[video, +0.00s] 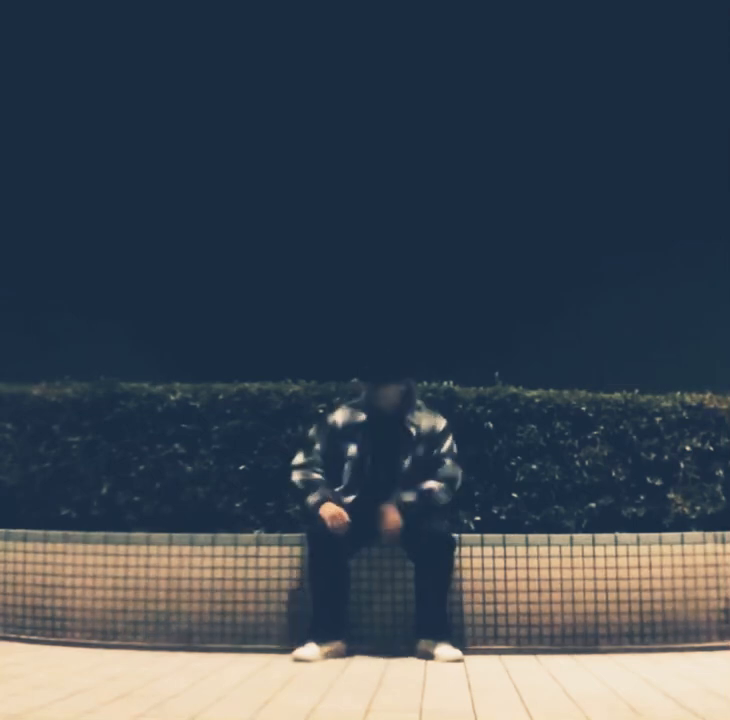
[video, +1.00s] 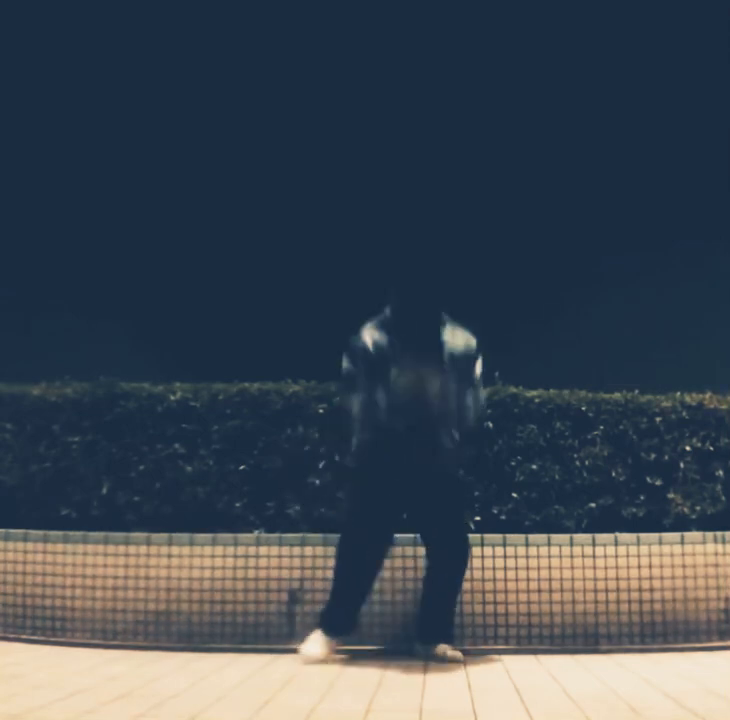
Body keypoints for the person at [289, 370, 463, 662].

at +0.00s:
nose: (382, 392)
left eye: (390, 384)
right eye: (376, 384)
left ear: (405, 385)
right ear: (365, 385)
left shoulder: (432, 426)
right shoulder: (340, 421)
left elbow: (447, 481)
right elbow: (304, 466)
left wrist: (402, 505)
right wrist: (322, 502)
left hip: (409, 511)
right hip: (354, 512)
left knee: (438, 538)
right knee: (324, 536)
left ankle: (432, 638)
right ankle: (328, 638)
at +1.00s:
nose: (418, 314)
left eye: (426, 304)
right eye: (409, 303)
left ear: (437, 303)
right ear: (395, 301)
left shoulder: (460, 345)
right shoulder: (370, 343)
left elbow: (470, 414)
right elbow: (354, 409)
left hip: (437, 465)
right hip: (379, 463)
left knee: (451, 547)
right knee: (361, 544)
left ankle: (434, 637)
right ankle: (332, 629)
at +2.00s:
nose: (414, 257)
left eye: (421, 247)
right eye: (405, 248)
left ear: (436, 246)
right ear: (389, 249)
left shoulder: (469, 302)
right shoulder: (364, 307)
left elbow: (495, 366)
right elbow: (344, 377)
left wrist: (455, 367)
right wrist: (374, 408)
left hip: (458, 448)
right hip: (390, 449)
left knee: (482, 548)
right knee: (374, 550)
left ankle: (507, 650)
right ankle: (351, 653)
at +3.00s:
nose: (424, 267)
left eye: (433, 258)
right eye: (416, 258)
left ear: (448, 257)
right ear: (401, 254)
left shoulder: (469, 305)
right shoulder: (370, 292)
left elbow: (476, 375)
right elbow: (356, 350)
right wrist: (382, 384)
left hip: (453, 446)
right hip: (391, 445)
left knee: (457, 544)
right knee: (386, 542)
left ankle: (467, 646)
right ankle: (377, 647)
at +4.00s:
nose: (410, 260)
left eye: (419, 251)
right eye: (401, 252)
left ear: (434, 245)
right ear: (388, 249)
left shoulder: (462, 281)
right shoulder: (370, 284)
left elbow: (486, 346)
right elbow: (347, 348)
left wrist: (463, 341)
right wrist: (364, 347)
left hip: (452, 421)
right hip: (381, 422)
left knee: (490, 515)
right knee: (351, 515)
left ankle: (487, 637)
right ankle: (350, 634)